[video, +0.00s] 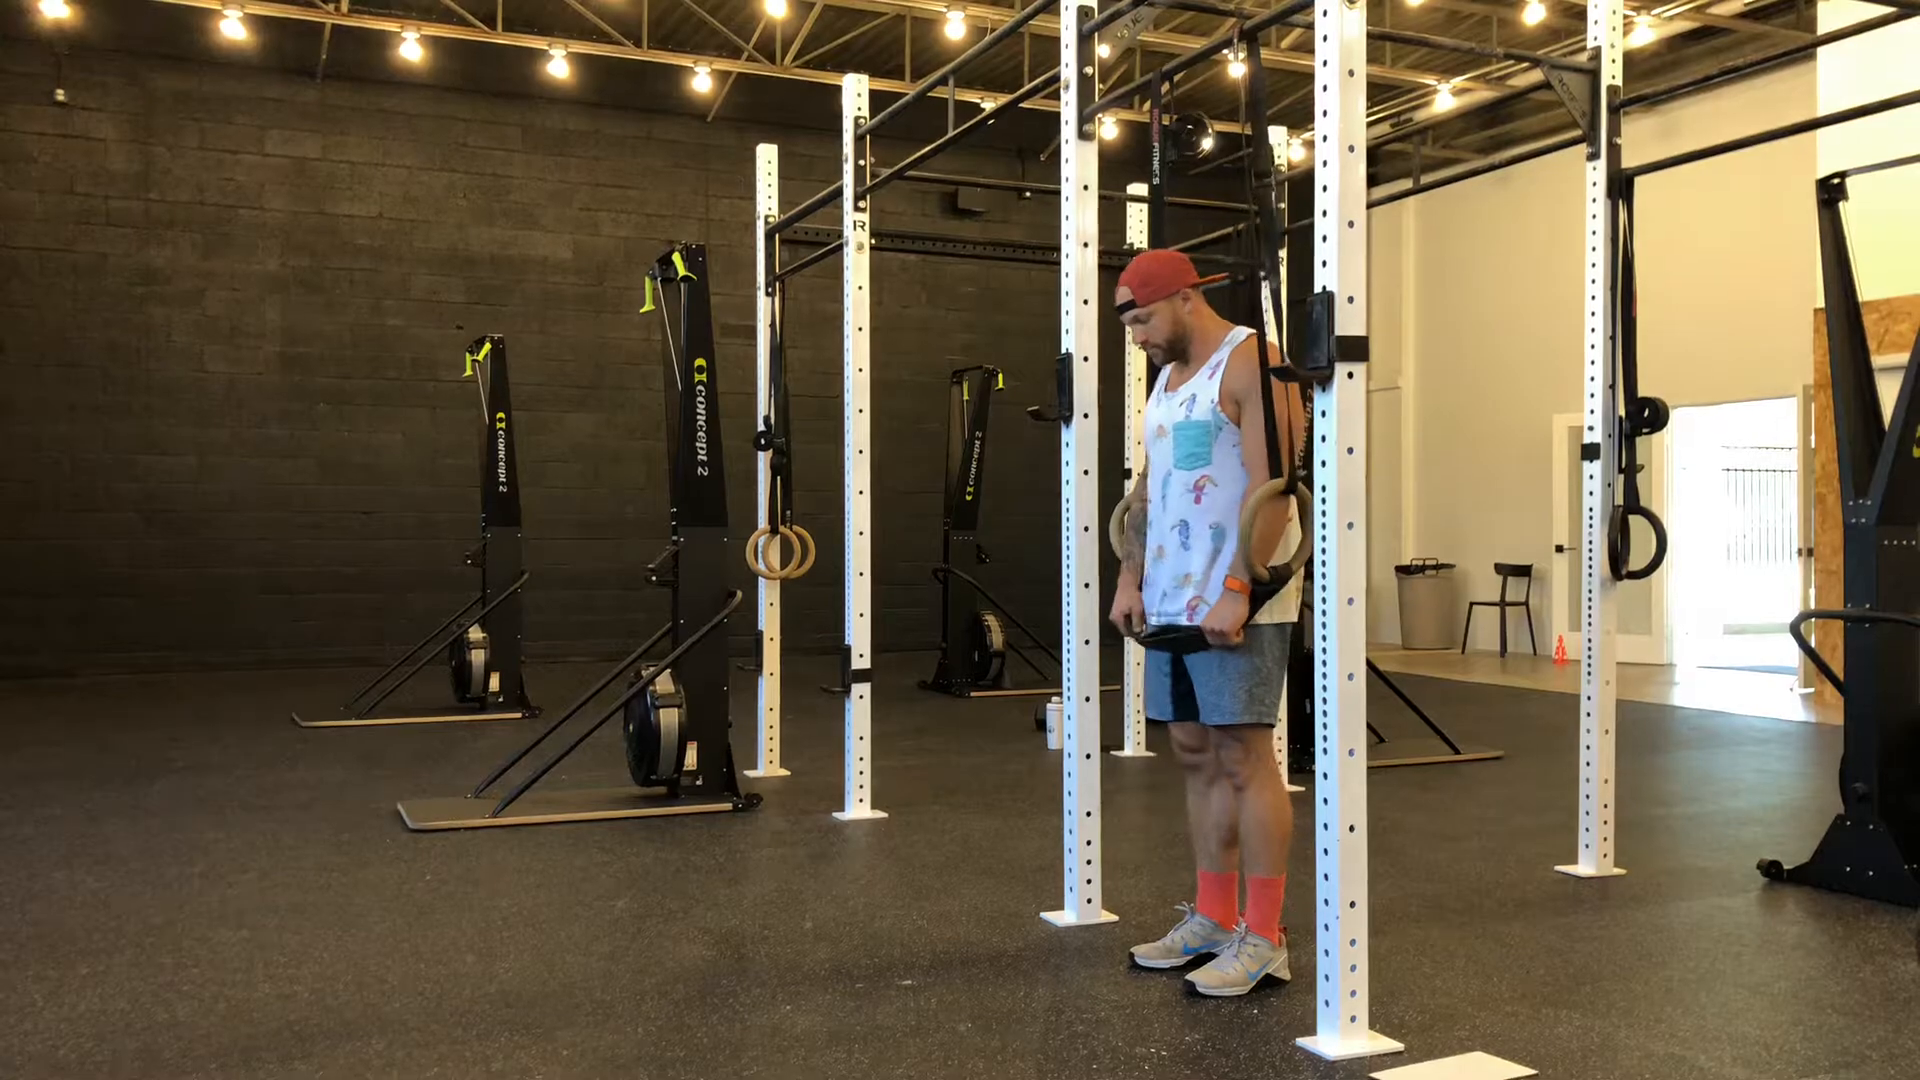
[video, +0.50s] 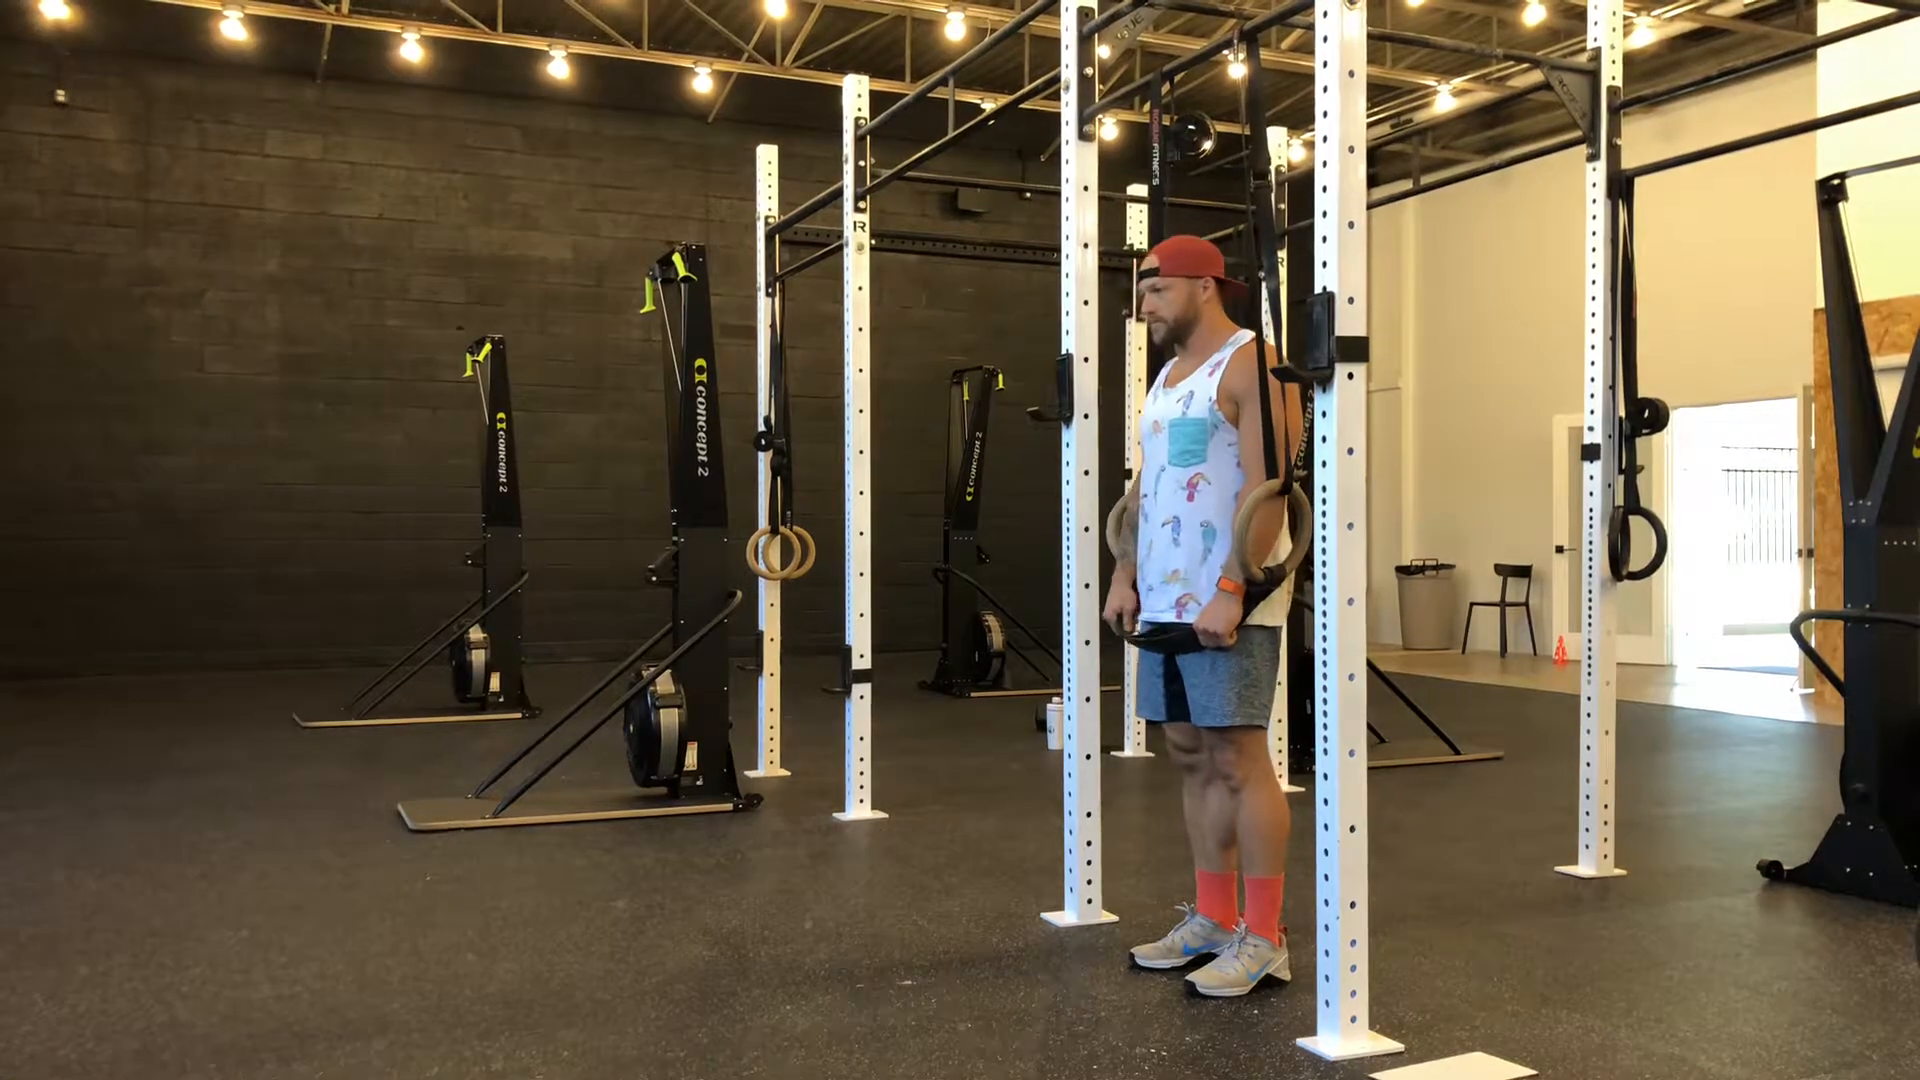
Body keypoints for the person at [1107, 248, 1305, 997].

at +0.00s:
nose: (1131, 328)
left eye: (1138, 312)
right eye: (1126, 315)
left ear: (1187, 299)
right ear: (1161, 310)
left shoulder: (1249, 363)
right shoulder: (1166, 380)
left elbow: (1273, 489)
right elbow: (1153, 491)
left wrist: (1240, 586)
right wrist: (1132, 575)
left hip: (1236, 602)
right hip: (1177, 604)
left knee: (1246, 760)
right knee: (1196, 754)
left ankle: (1264, 938)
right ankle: (1213, 919)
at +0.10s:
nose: (1131, 320)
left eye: (1140, 304)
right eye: (1127, 308)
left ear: (1189, 296)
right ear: (1151, 312)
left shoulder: (1248, 362)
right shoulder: (1165, 382)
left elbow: (1272, 489)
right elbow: (1153, 493)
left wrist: (1237, 585)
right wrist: (1133, 574)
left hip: (1234, 603)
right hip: (1173, 605)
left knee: (1246, 760)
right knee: (1194, 754)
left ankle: (1264, 938)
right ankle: (1214, 920)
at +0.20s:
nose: (1133, 311)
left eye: (1144, 296)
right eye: (1129, 300)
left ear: (1191, 292)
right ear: (1149, 307)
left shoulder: (1249, 361)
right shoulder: (1166, 379)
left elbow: (1270, 488)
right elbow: (1153, 493)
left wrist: (1237, 587)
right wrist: (1133, 573)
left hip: (1232, 605)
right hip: (1170, 607)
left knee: (1244, 761)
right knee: (1194, 758)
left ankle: (1263, 938)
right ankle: (1213, 920)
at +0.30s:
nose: (1136, 303)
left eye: (1149, 289)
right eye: (1134, 292)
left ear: (1198, 290)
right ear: (1157, 301)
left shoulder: (1247, 361)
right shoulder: (1168, 375)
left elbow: (1268, 488)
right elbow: (1154, 490)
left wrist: (1236, 588)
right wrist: (1132, 572)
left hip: (1230, 606)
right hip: (1169, 607)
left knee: (1244, 762)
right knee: (1194, 759)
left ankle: (1263, 938)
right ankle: (1213, 920)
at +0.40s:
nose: (1140, 296)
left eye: (1153, 282)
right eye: (1138, 285)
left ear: (1201, 287)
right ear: (1159, 297)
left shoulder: (1249, 362)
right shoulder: (1168, 374)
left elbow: (1267, 488)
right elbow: (1154, 489)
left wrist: (1233, 587)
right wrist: (1130, 570)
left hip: (1228, 605)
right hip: (1168, 606)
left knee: (1242, 762)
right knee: (1193, 758)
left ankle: (1264, 938)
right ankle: (1213, 920)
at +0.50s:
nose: (1143, 296)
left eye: (1156, 282)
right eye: (1142, 285)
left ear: (1203, 288)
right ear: (1169, 295)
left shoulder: (1251, 364)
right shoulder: (1168, 375)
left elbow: (1267, 489)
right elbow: (1153, 491)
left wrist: (1233, 587)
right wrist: (1127, 571)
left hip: (1230, 604)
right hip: (1168, 605)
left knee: (1243, 762)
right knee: (1192, 759)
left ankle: (1263, 939)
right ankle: (1212, 921)